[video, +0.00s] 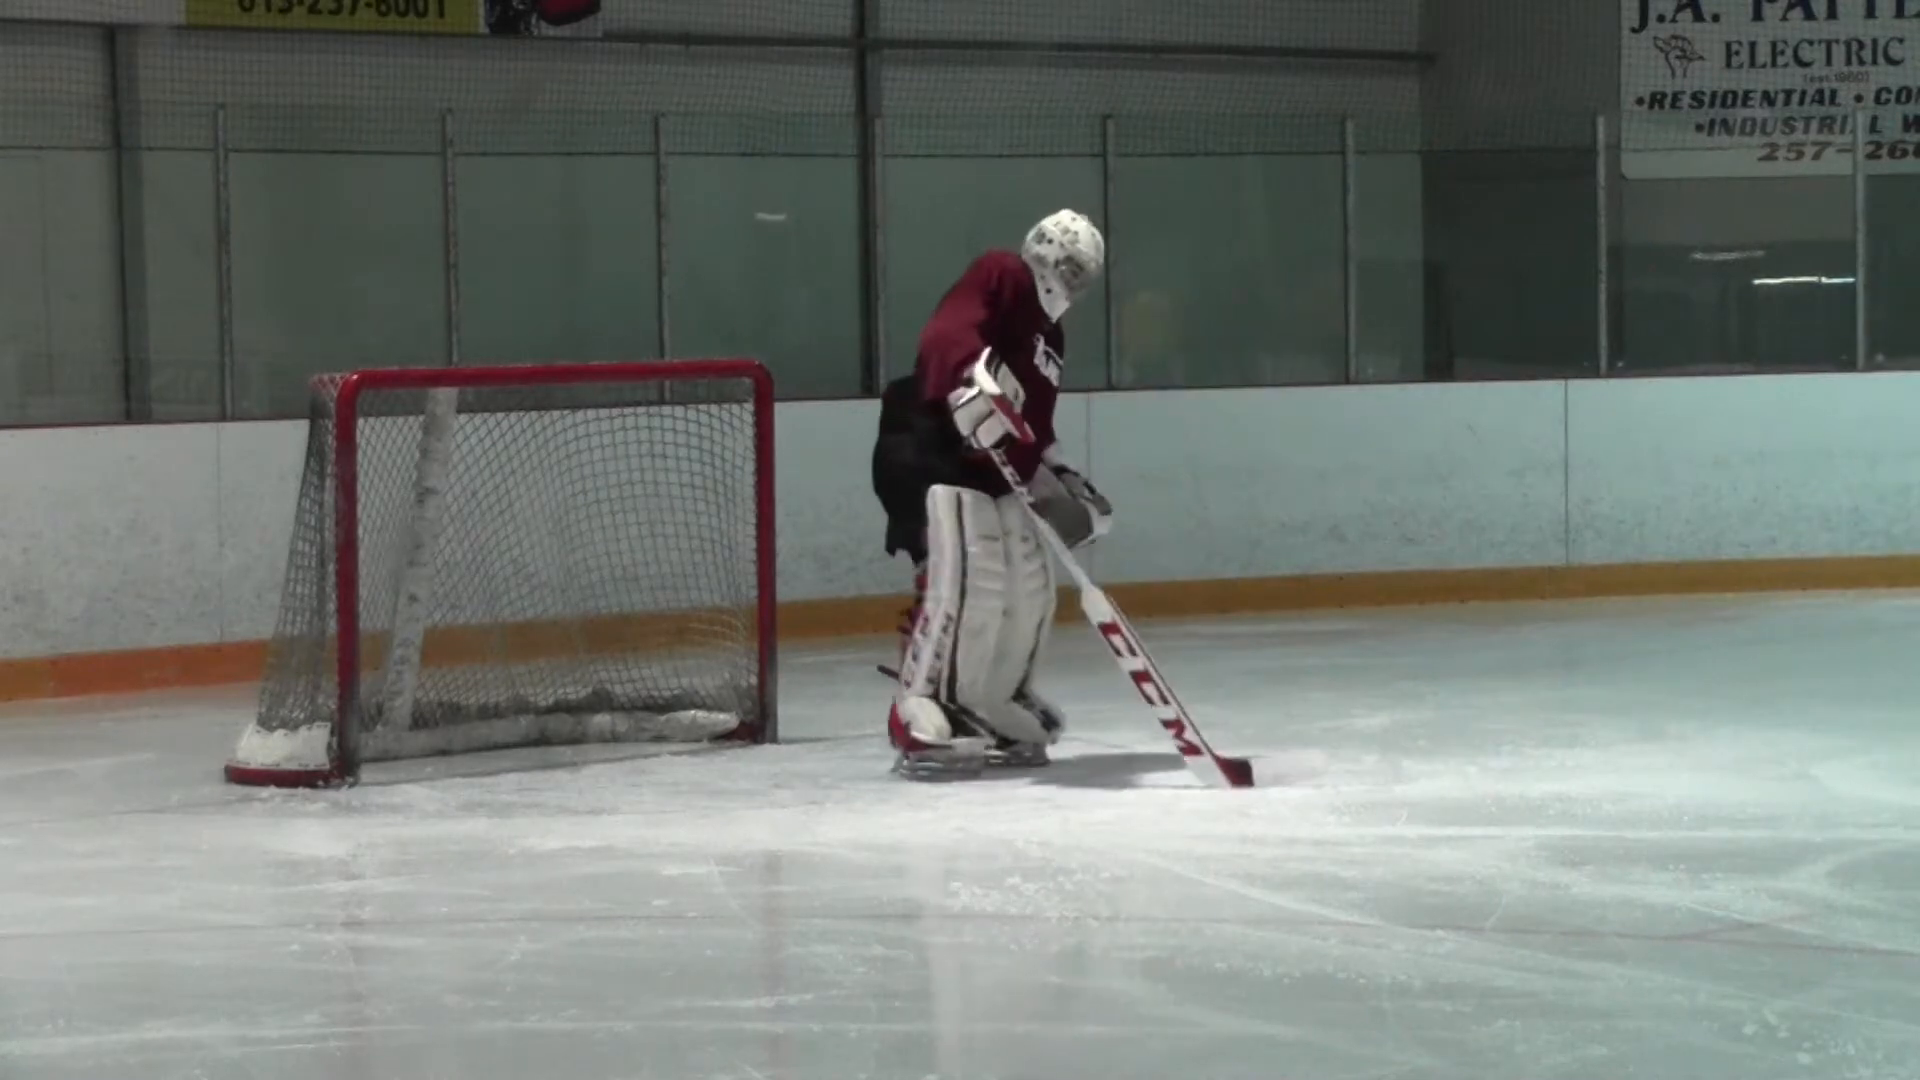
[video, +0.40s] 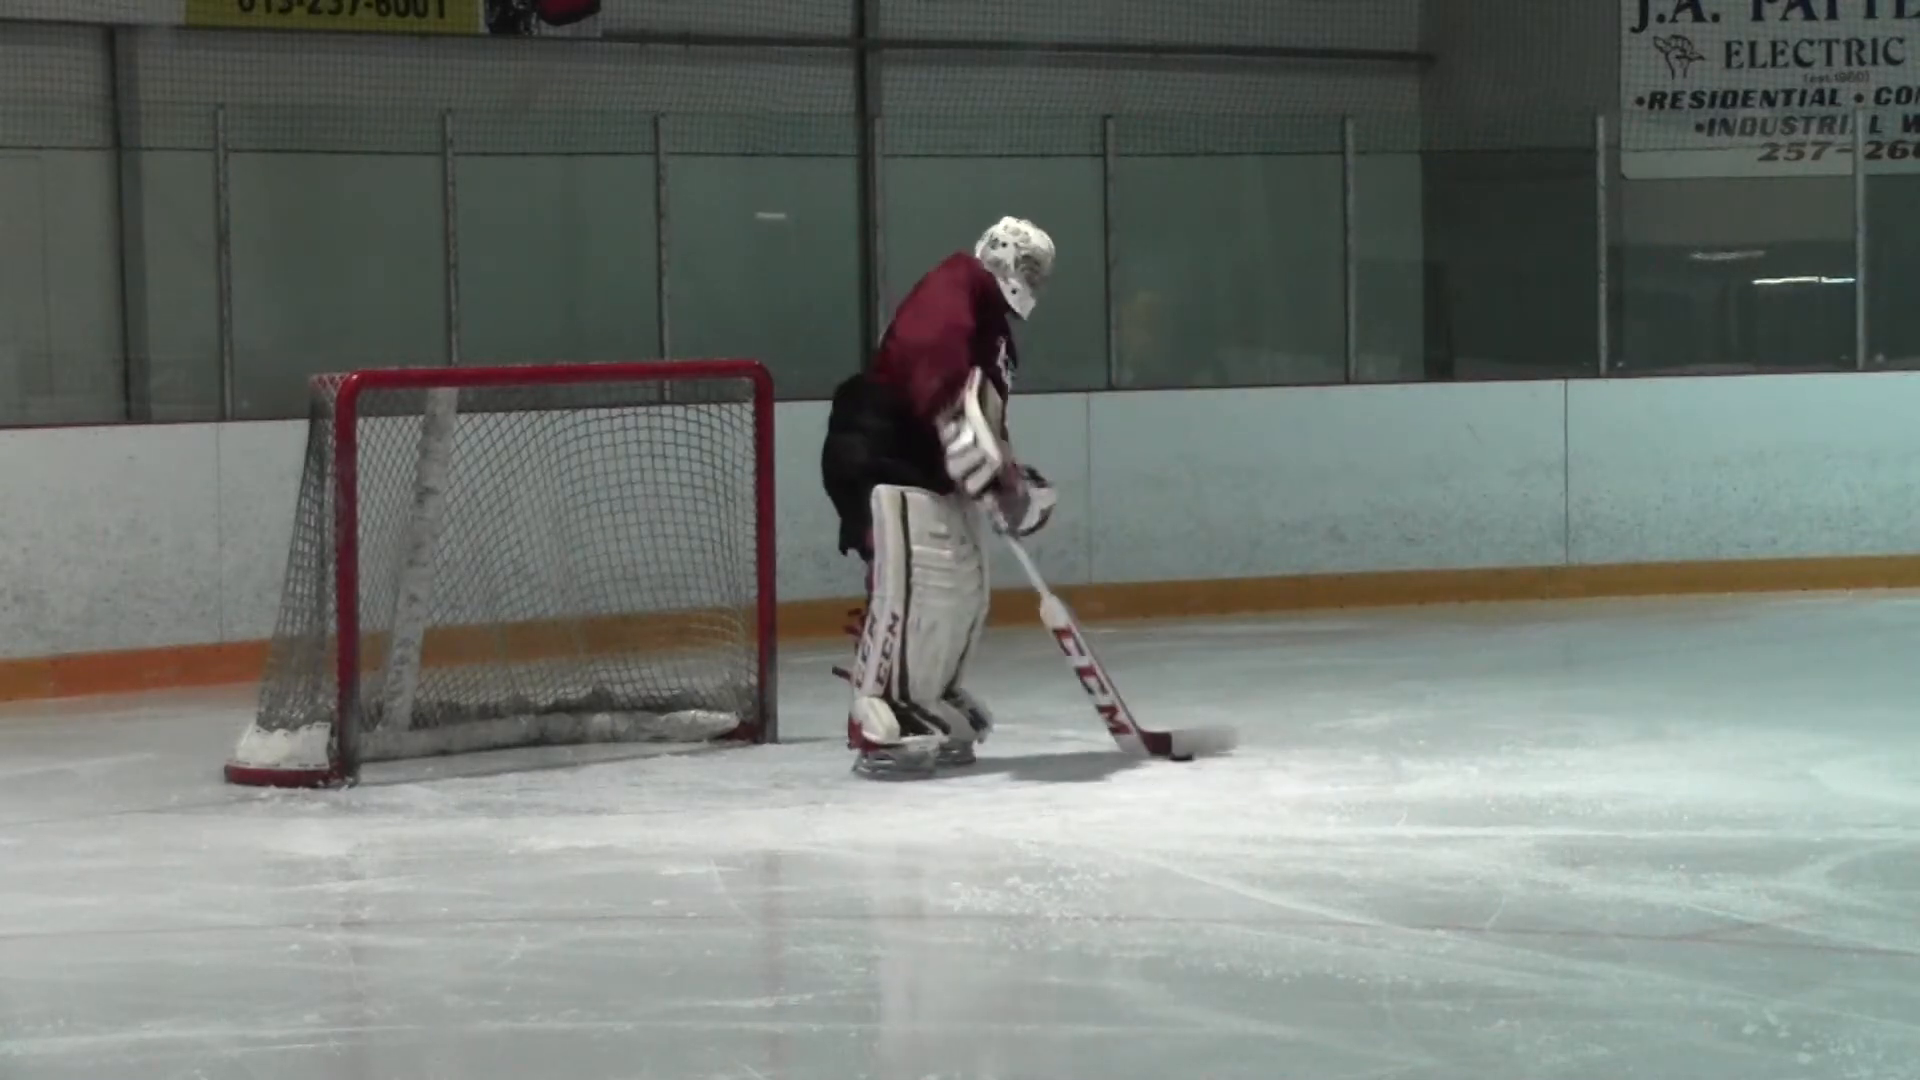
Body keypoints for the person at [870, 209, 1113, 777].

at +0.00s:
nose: (1065, 289)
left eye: (1077, 281)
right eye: (1062, 272)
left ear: (1082, 278)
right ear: (1041, 255)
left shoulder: (1050, 335)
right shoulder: (1000, 273)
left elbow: (1032, 425)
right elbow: (947, 335)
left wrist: (1054, 475)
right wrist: (973, 395)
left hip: (1012, 483)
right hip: (962, 475)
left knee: (1030, 595)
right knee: (974, 594)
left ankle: (995, 701)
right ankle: (942, 709)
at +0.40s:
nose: (1032, 290)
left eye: (1037, 279)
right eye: (1029, 275)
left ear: (1014, 270)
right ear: (1005, 262)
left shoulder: (989, 325)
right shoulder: (958, 282)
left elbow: (984, 421)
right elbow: (933, 366)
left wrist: (1013, 483)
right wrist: (969, 448)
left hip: (935, 468)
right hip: (893, 460)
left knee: (963, 585)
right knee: (928, 585)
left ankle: (932, 697)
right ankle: (891, 711)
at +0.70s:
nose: (1032, 337)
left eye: (1036, 326)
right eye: (1030, 323)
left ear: (989, 303)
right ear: (1012, 317)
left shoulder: (970, 344)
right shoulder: (972, 348)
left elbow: (958, 445)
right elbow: (936, 431)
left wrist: (959, 524)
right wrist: (936, 522)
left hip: (871, 459)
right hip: (841, 454)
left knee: (905, 580)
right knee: (879, 582)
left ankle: (892, 700)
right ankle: (848, 708)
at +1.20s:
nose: (1022, 376)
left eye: (1028, 366)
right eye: (1023, 361)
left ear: (994, 338)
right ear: (1005, 345)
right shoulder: (965, 348)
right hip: (817, 443)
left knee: (897, 579)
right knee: (846, 580)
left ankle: (881, 701)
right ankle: (818, 718)